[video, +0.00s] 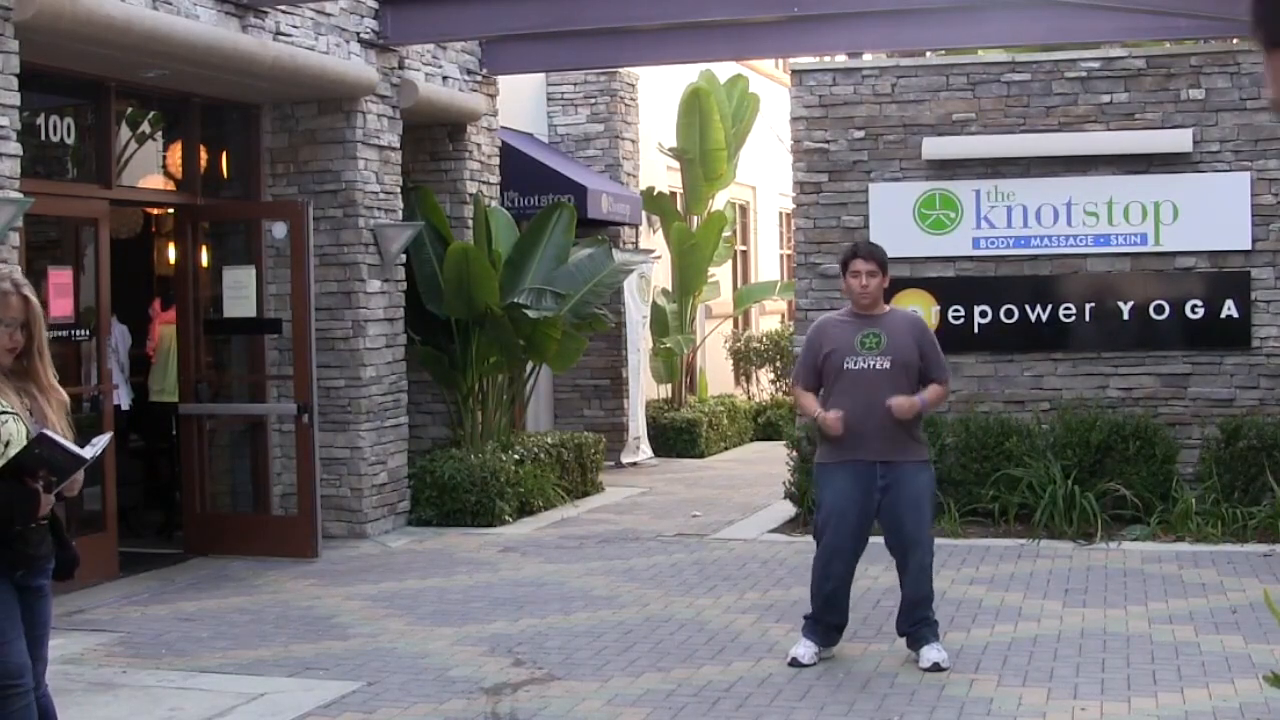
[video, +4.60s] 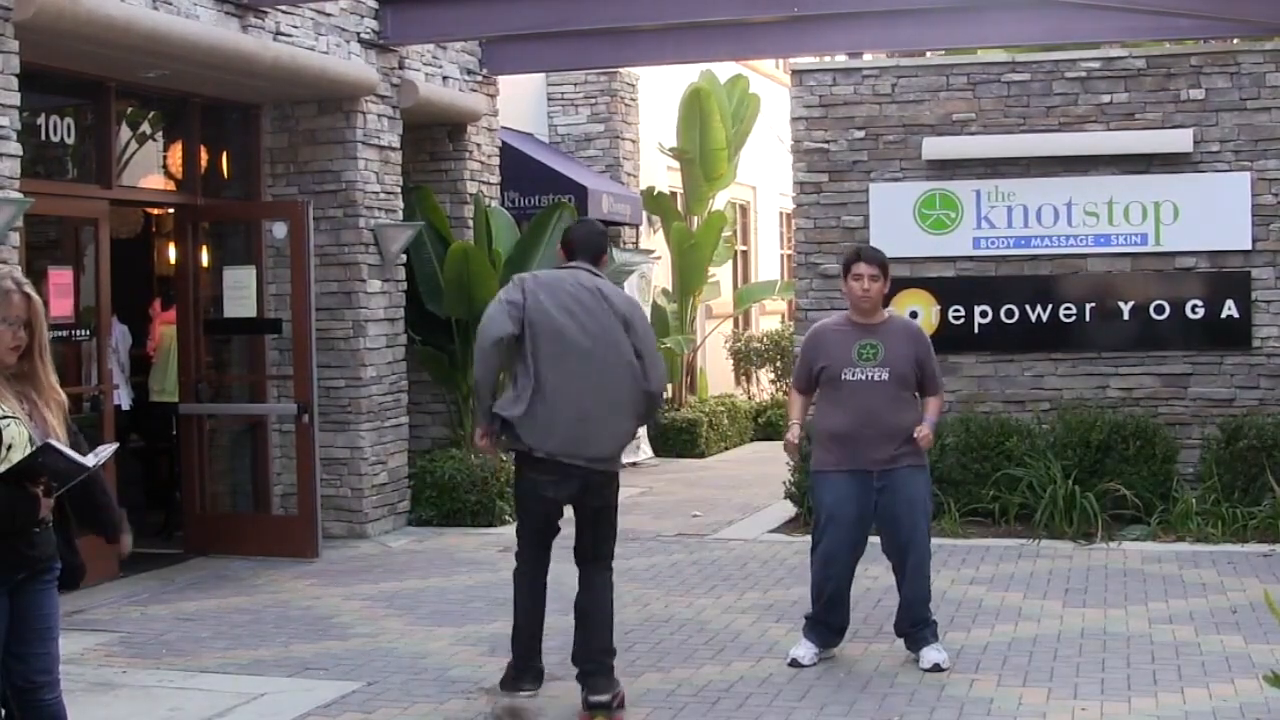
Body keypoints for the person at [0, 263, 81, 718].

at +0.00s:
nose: (12, 337)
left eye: (20, 326)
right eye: (4, 325)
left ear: (32, 329)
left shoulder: (46, 392)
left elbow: (66, 472)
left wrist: (70, 484)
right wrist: (30, 501)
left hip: (37, 553)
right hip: (3, 553)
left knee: (36, 682)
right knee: (17, 685)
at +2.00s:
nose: (18, 334)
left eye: (25, 324)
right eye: (8, 322)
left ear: (34, 328)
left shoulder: (43, 389)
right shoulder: (5, 389)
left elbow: (63, 464)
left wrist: (69, 482)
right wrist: (33, 493)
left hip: (41, 557)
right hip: (3, 556)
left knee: (39, 689)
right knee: (7, 690)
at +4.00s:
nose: (15, 337)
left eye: (23, 327)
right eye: (6, 325)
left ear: (33, 332)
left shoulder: (43, 394)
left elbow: (62, 467)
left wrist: (70, 487)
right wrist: (26, 500)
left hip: (36, 564)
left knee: (40, 695)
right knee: (10, 697)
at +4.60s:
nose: (18, 335)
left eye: (25, 325)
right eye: (8, 323)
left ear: (34, 331)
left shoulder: (41, 394)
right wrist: (26, 504)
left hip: (36, 562)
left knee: (40, 696)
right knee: (15, 698)